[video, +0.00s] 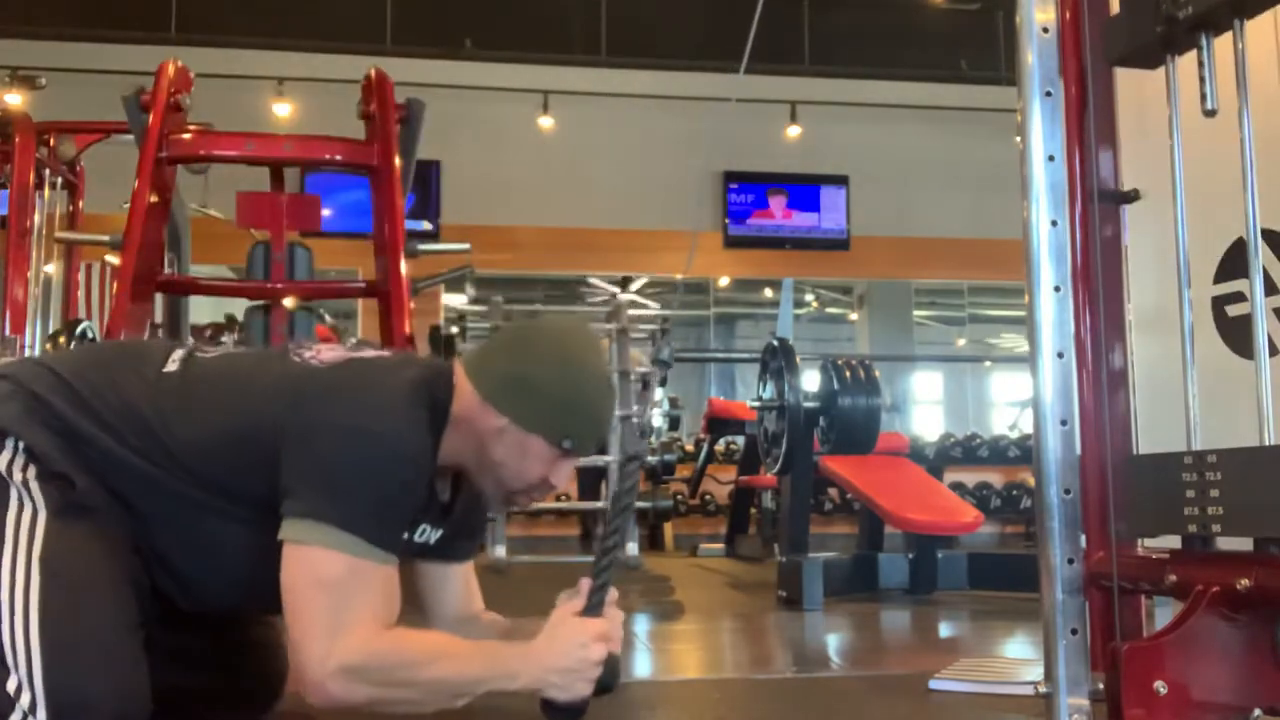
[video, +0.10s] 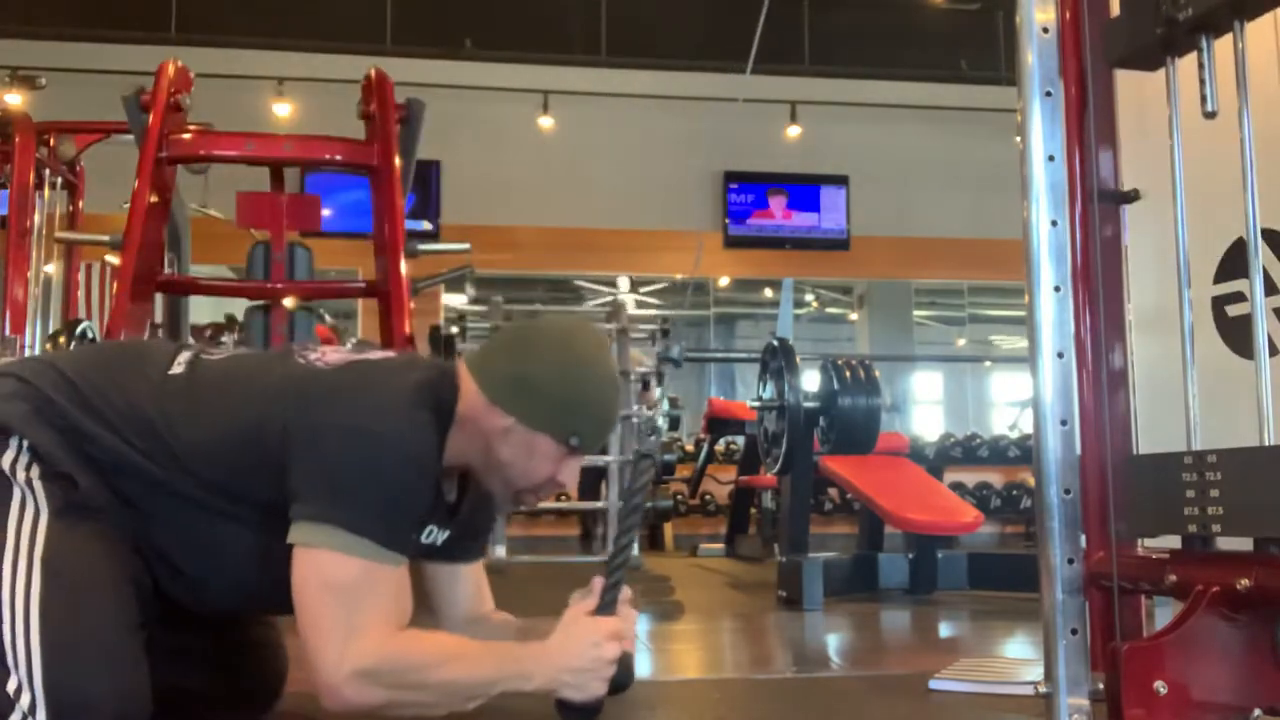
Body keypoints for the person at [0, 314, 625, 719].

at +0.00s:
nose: (564, 482)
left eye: (577, 461)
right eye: (563, 451)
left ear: (506, 417)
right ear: (505, 415)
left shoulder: (458, 464)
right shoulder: (369, 427)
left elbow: (455, 625)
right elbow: (336, 667)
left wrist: (549, 646)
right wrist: (528, 662)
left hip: (168, 500)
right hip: (46, 449)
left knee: (238, 685)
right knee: (82, 703)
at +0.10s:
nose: (571, 479)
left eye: (583, 459)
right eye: (570, 450)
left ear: (517, 422)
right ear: (513, 419)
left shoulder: (469, 465)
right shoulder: (377, 430)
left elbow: (465, 625)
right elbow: (351, 672)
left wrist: (560, 647)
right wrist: (540, 661)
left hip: (167, 498)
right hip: (49, 448)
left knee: (241, 681)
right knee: (83, 703)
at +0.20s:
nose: (580, 471)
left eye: (592, 450)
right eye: (579, 443)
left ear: (521, 416)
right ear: (523, 415)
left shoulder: (475, 459)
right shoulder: (383, 429)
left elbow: (482, 622)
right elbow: (376, 671)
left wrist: (587, 650)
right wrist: (570, 657)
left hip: (165, 497)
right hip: (50, 450)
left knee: (240, 676)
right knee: (81, 697)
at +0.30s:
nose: (586, 459)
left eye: (598, 437)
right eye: (585, 431)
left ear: (531, 408)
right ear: (530, 404)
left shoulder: (484, 447)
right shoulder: (395, 418)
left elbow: (506, 612)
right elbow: (415, 664)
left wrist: (617, 643)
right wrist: (606, 647)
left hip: (162, 491)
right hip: (53, 445)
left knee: (245, 671)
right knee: (80, 697)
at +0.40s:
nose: (600, 440)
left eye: (610, 416)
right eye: (595, 410)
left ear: (543, 395)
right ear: (528, 384)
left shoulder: (496, 441)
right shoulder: (410, 410)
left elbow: (534, 594)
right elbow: (460, 643)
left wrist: (654, 628)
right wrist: (649, 627)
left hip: (170, 497)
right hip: (55, 450)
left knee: (247, 677)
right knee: (80, 697)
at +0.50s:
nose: (616, 416)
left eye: (624, 393)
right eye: (608, 387)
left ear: (545, 367)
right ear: (541, 364)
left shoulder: (505, 428)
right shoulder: (429, 391)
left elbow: (563, 581)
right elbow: (508, 616)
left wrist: (689, 586)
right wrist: (687, 594)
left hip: (198, 499)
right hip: (71, 446)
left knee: (246, 682)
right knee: (83, 696)